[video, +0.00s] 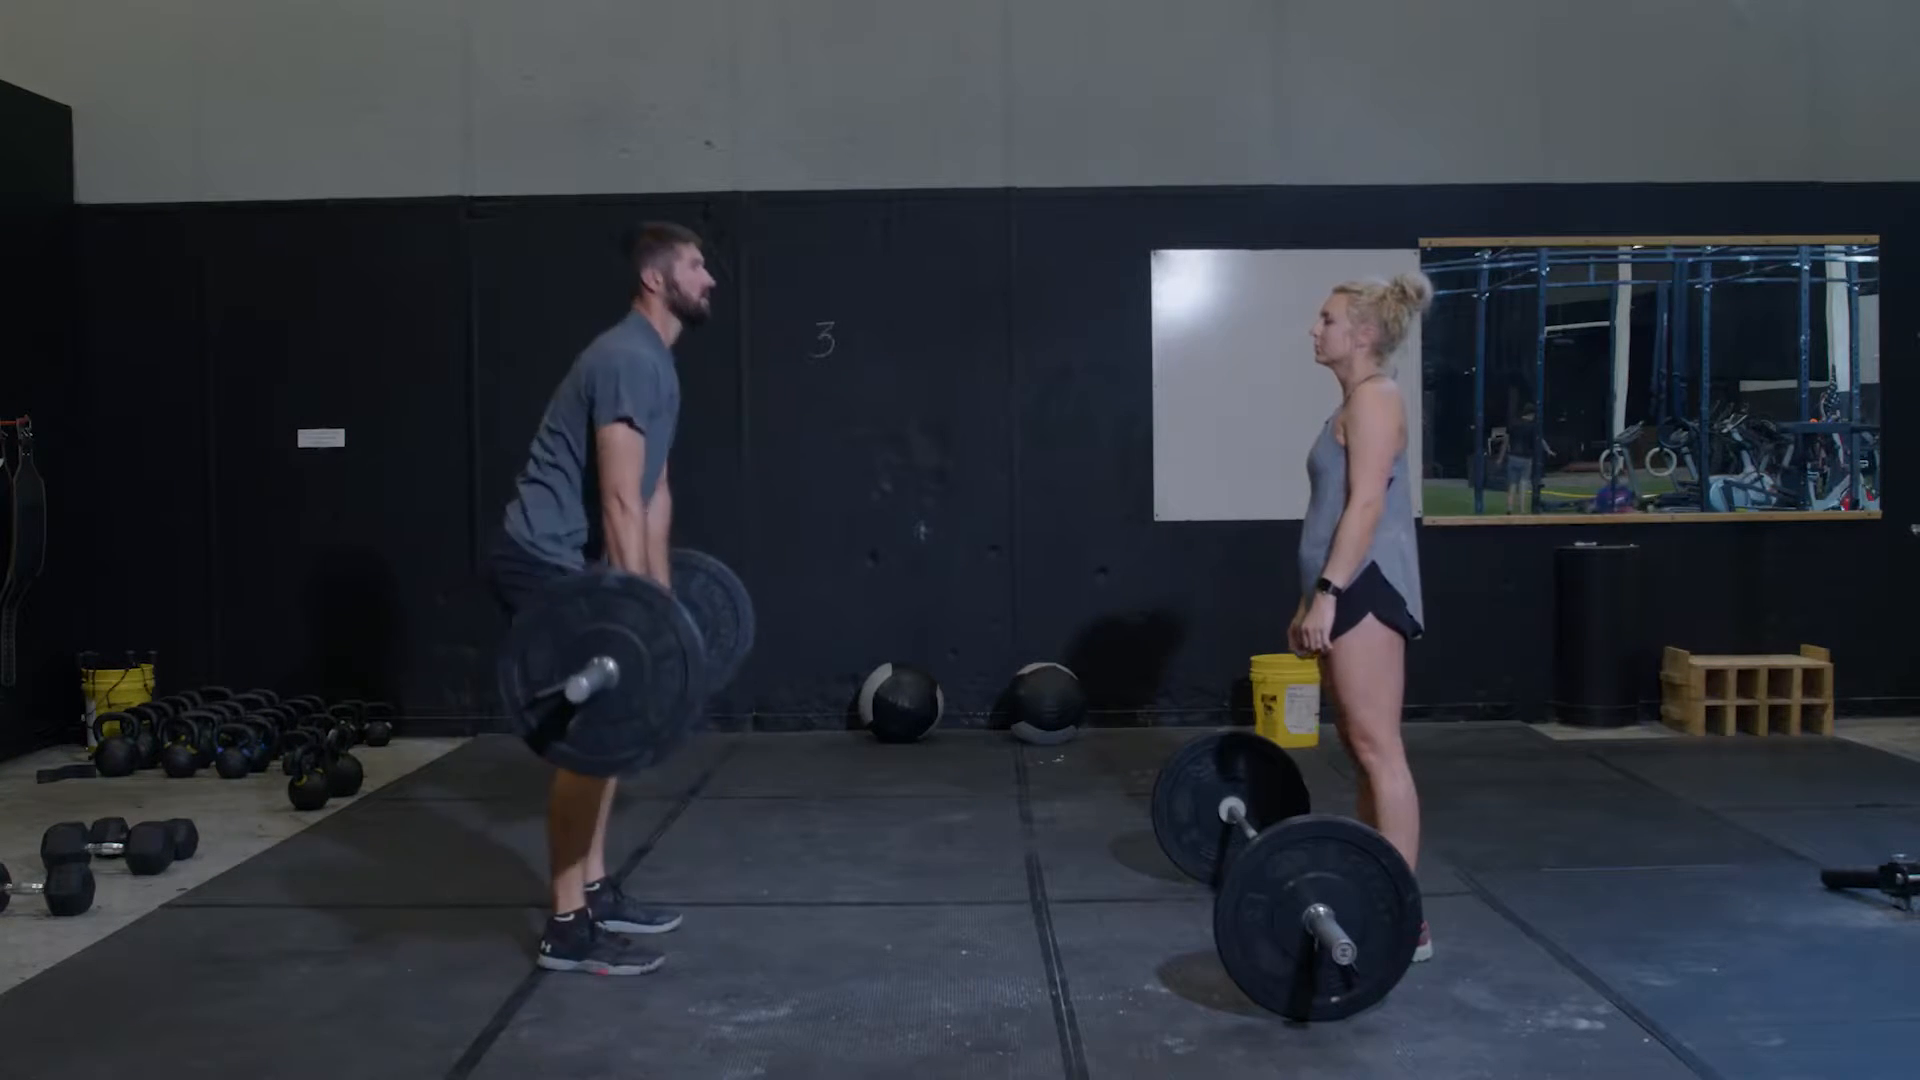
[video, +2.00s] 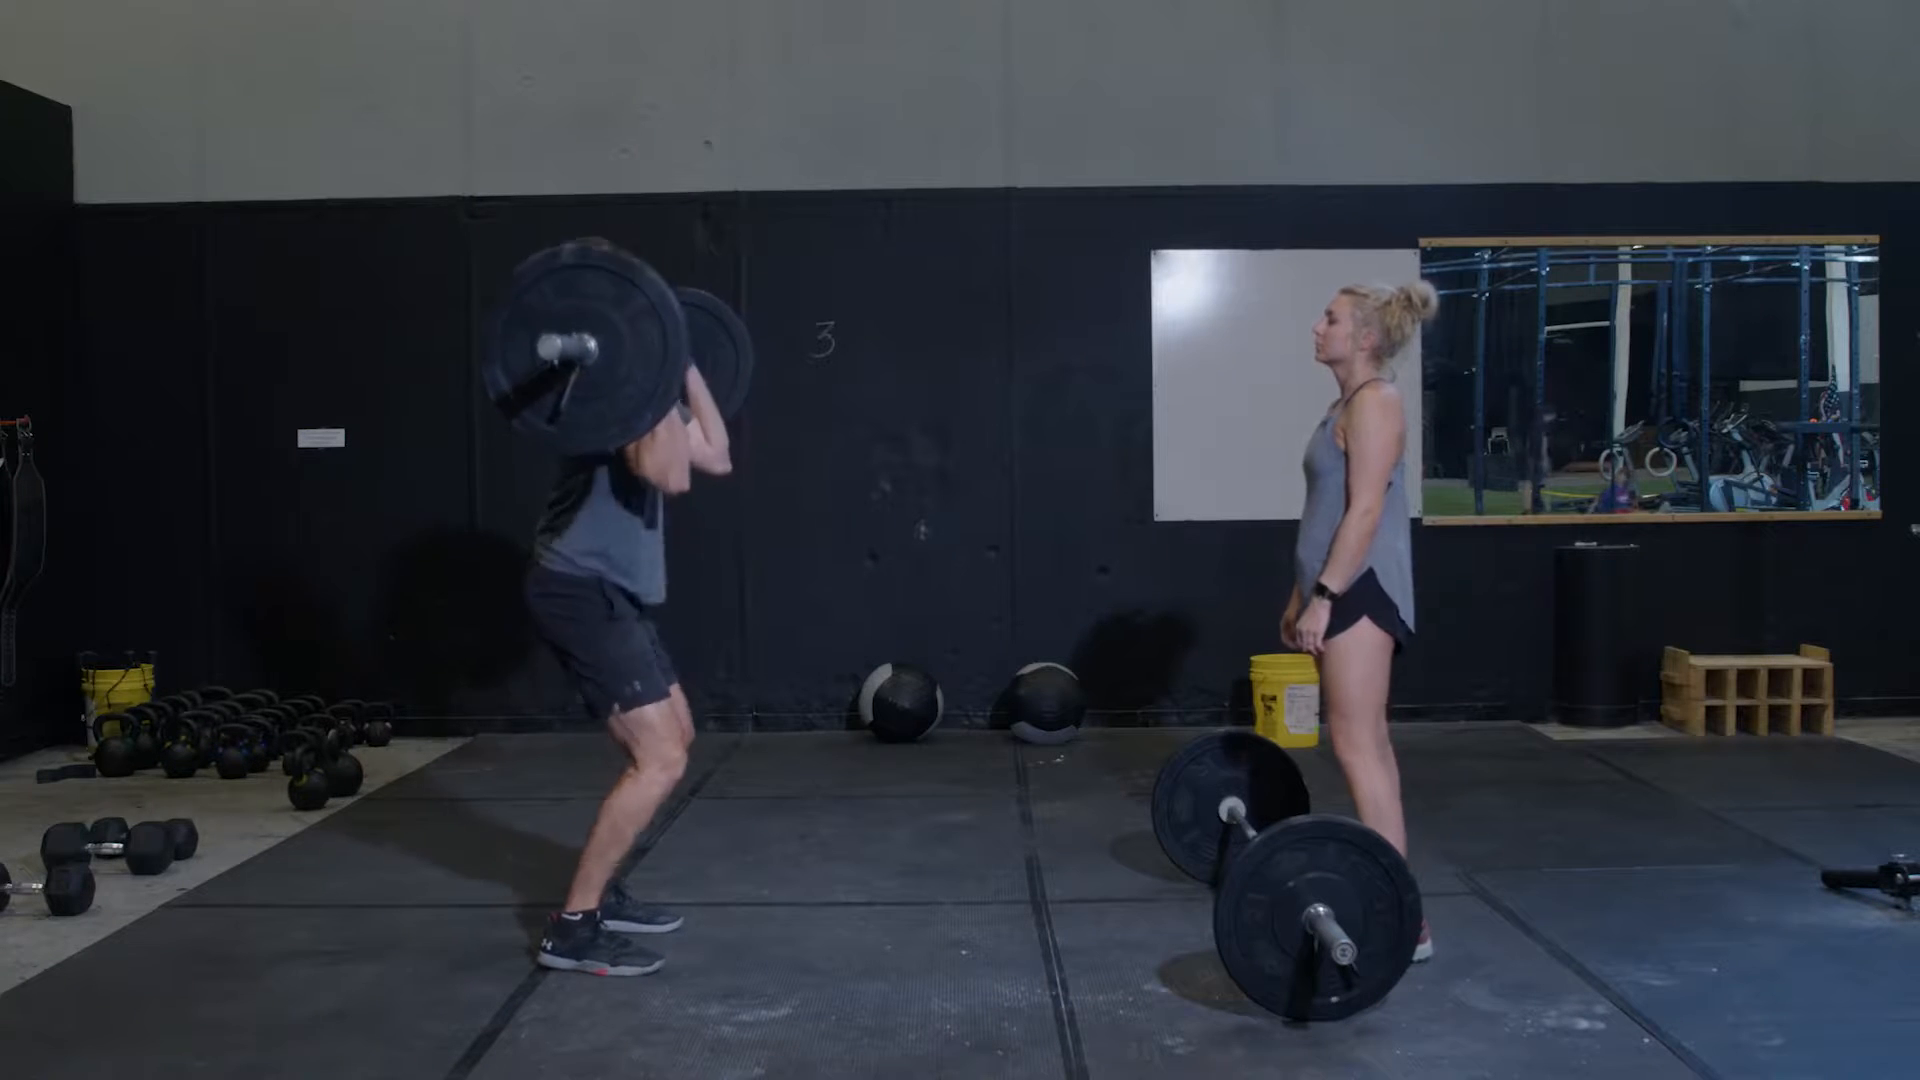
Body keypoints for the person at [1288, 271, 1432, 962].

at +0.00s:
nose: (1315, 330)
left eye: (1328, 321)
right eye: (1319, 319)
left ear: (1365, 333)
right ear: (1356, 335)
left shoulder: (1374, 400)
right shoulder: (1355, 403)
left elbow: (1366, 507)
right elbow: (1341, 513)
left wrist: (1327, 592)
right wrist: (1313, 600)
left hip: (1368, 593)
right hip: (1349, 593)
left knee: (1379, 749)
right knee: (1365, 747)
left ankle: (1399, 912)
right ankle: (1378, 901)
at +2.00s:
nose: (1318, 328)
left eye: (1331, 321)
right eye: (1322, 318)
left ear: (1365, 337)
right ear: (1355, 338)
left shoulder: (1375, 404)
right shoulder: (1347, 405)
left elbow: (1365, 512)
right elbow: (1326, 514)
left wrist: (1324, 595)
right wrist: (1302, 591)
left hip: (1364, 591)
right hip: (1345, 591)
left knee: (1355, 742)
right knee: (1365, 742)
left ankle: (1395, 910)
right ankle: (1390, 904)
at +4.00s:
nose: (1322, 332)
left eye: (1335, 325)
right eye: (1325, 323)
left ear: (1371, 340)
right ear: (1353, 341)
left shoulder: (1382, 405)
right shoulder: (1349, 408)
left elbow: (1377, 515)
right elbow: (1333, 515)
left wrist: (1339, 600)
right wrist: (1305, 592)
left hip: (1374, 596)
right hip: (1348, 594)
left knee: (1367, 741)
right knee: (1359, 741)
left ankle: (1398, 909)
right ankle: (1381, 901)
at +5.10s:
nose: (1279, 379)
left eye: (1282, 365)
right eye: (1274, 369)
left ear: (1318, 347)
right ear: (1312, 350)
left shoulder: (1364, 405)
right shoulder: (1337, 417)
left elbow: (1361, 519)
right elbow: (1332, 528)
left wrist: (1334, 612)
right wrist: (1308, 618)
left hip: (1401, 588)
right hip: (1365, 591)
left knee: (1382, 748)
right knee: (1348, 743)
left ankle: (1402, 919)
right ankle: (1370, 903)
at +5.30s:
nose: (1235, 453)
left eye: (1236, 439)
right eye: (1228, 443)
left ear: (1266, 415)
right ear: (1259, 418)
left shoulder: (1327, 457)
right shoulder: (1295, 476)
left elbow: (1336, 573)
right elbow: (1303, 578)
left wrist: (1328, 673)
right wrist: (1299, 673)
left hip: (1448, 595)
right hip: (1395, 606)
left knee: (1396, 743)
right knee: (1360, 739)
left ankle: (1407, 921)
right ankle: (1369, 901)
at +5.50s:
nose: (1212, 547)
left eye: (1214, 532)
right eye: (1207, 535)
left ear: (1244, 509)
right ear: (1243, 512)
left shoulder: (1303, 548)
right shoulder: (1280, 561)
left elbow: (1306, 667)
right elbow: (1280, 669)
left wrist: (1291, 771)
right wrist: (1269, 758)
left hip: (1473, 612)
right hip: (1420, 623)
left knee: (1388, 749)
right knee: (1351, 739)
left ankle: (1407, 924)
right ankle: (1368, 901)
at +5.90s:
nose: (1202, 574)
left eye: (1209, 561)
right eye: (1202, 562)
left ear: (1252, 556)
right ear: (1252, 559)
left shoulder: (1306, 598)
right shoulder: (1279, 603)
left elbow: (1305, 718)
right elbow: (1275, 713)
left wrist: (1298, 825)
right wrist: (1269, 806)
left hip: (1480, 629)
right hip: (1426, 636)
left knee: (1376, 752)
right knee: (1339, 740)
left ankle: (1407, 923)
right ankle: (1374, 893)